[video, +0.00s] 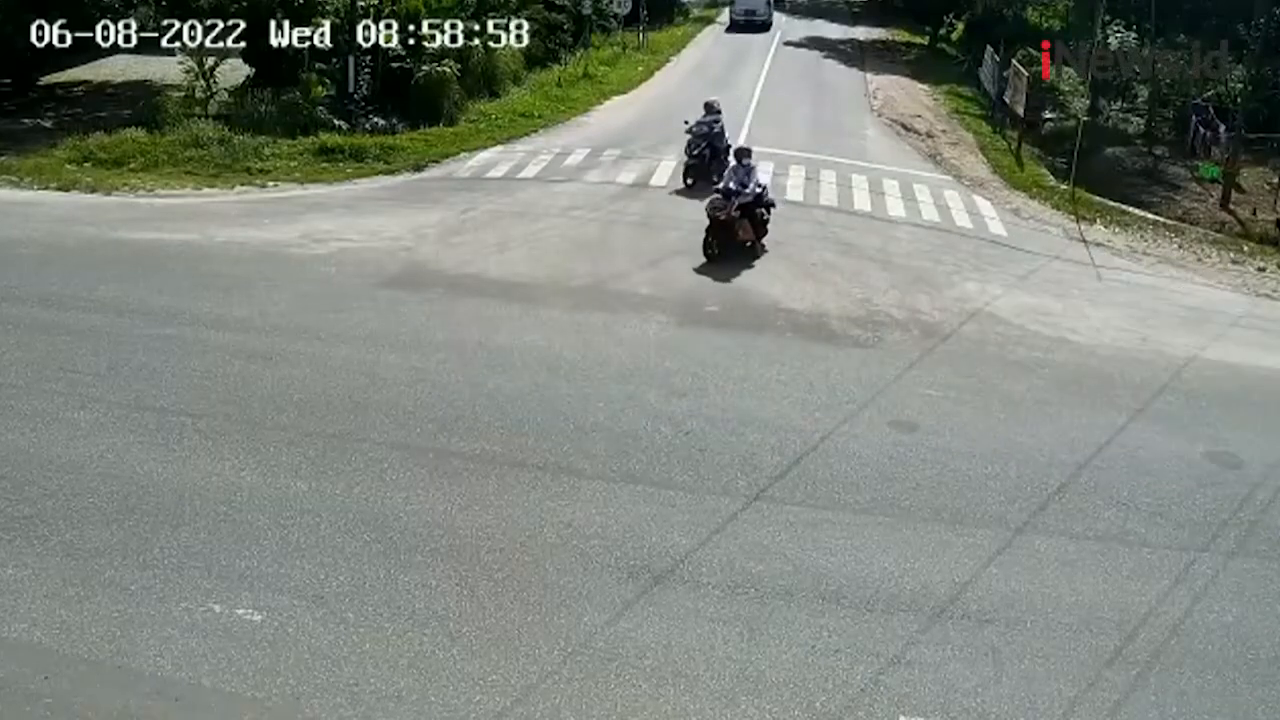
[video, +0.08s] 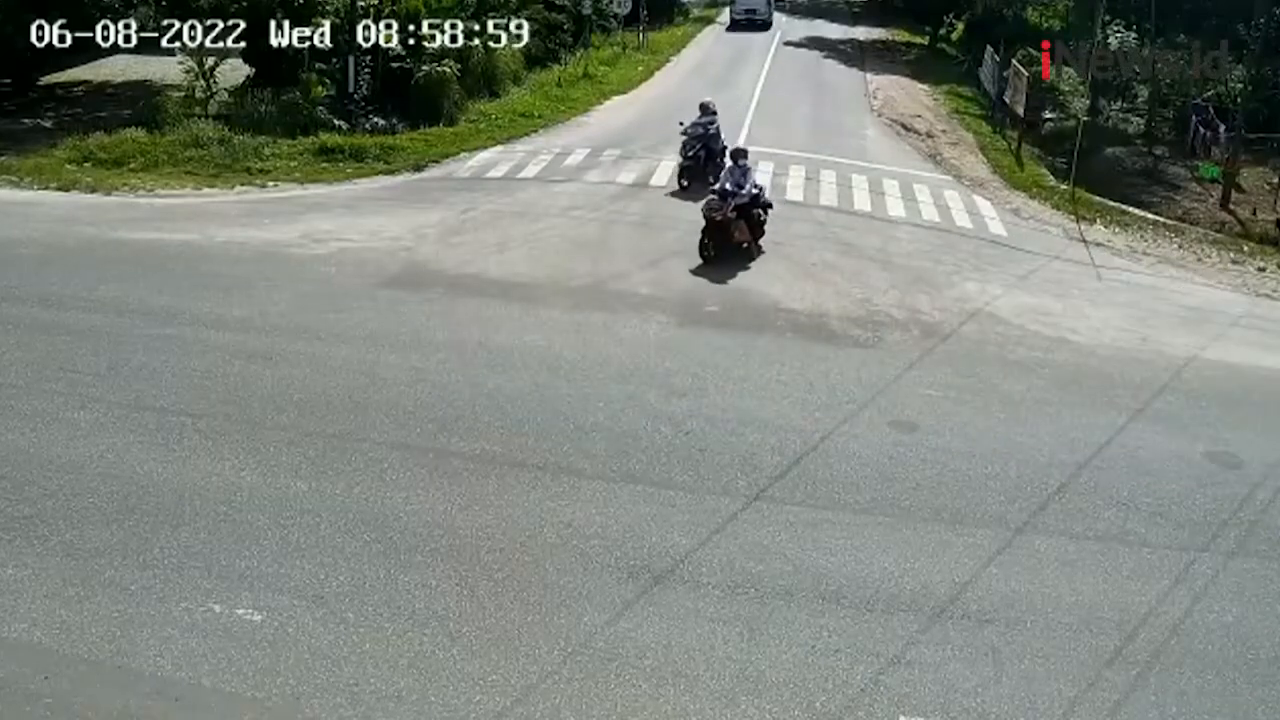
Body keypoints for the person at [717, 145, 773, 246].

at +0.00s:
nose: (747, 160)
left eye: (749, 157)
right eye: (744, 158)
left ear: (750, 158)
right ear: (739, 158)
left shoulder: (752, 169)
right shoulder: (733, 169)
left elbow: (752, 184)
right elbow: (725, 182)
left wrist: (746, 191)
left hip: (748, 197)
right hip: (733, 196)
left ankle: (757, 241)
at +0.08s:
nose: (743, 161)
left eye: (745, 158)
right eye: (740, 159)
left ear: (746, 159)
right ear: (735, 159)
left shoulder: (748, 170)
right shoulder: (729, 170)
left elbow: (749, 185)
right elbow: (722, 183)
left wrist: (742, 192)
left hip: (744, 201)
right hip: (729, 200)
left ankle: (754, 241)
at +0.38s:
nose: (721, 165)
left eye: (724, 162)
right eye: (719, 162)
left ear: (728, 162)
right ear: (716, 163)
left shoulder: (733, 174)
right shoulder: (715, 174)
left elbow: (734, 188)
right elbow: (707, 185)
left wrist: (727, 196)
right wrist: (701, 192)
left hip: (729, 203)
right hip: (716, 203)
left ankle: (738, 246)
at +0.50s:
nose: (710, 166)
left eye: (713, 163)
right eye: (709, 163)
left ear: (719, 164)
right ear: (707, 164)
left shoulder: (724, 176)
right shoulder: (707, 174)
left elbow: (725, 190)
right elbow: (699, 186)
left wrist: (718, 198)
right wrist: (692, 194)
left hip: (720, 201)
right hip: (707, 198)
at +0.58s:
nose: (703, 168)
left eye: (706, 165)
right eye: (702, 164)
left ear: (712, 166)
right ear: (701, 165)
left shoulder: (718, 178)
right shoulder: (700, 175)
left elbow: (718, 193)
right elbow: (693, 187)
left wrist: (710, 201)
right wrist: (685, 195)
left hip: (714, 206)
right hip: (699, 203)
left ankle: (719, 250)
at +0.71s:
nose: (692, 168)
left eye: (694, 166)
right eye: (691, 165)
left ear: (701, 167)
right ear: (691, 167)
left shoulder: (708, 179)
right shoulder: (689, 178)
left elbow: (707, 194)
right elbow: (682, 190)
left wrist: (696, 203)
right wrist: (674, 198)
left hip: (708, 207)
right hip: (693, 207)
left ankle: (713, 252)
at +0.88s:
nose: (689, 166)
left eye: (692, 163)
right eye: (689, 163)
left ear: (698, 164)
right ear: (690, 164)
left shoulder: (704, 177)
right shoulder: (686, 176)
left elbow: (703, 193)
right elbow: (679, 189)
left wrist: (694, 201)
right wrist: (670, 197)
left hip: (706, 206)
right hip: (691, 207)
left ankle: (708, 251)